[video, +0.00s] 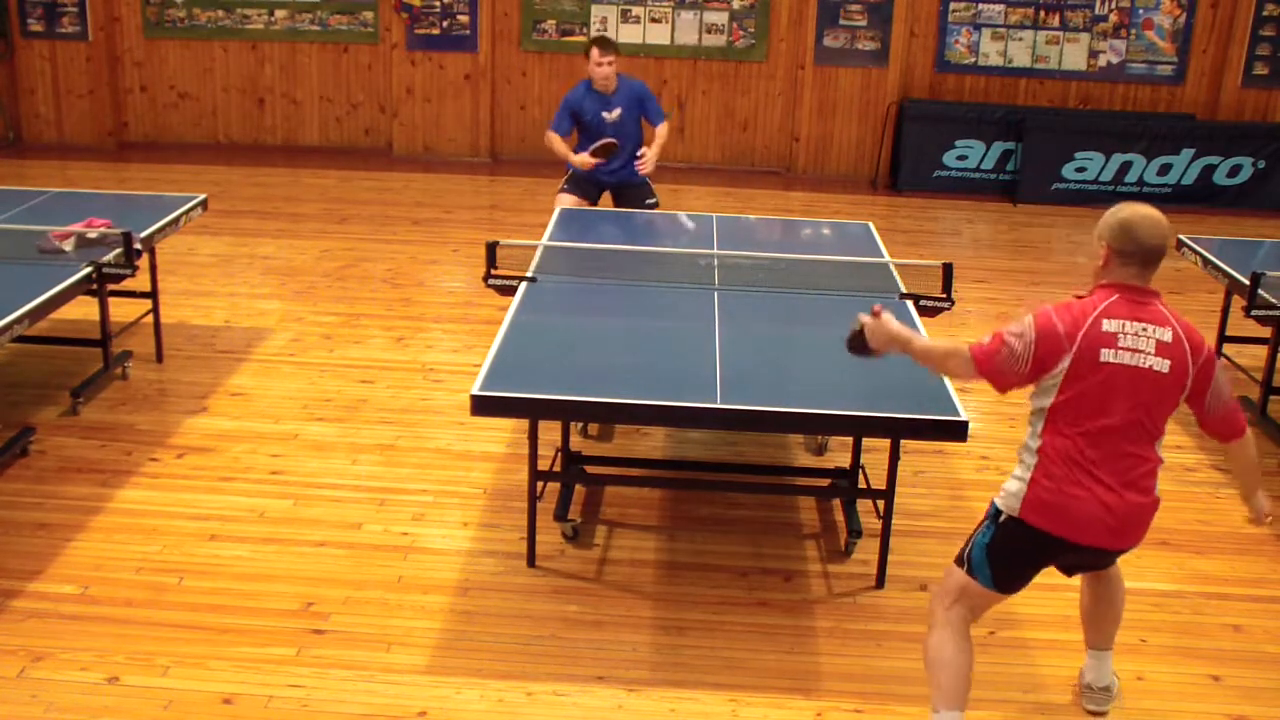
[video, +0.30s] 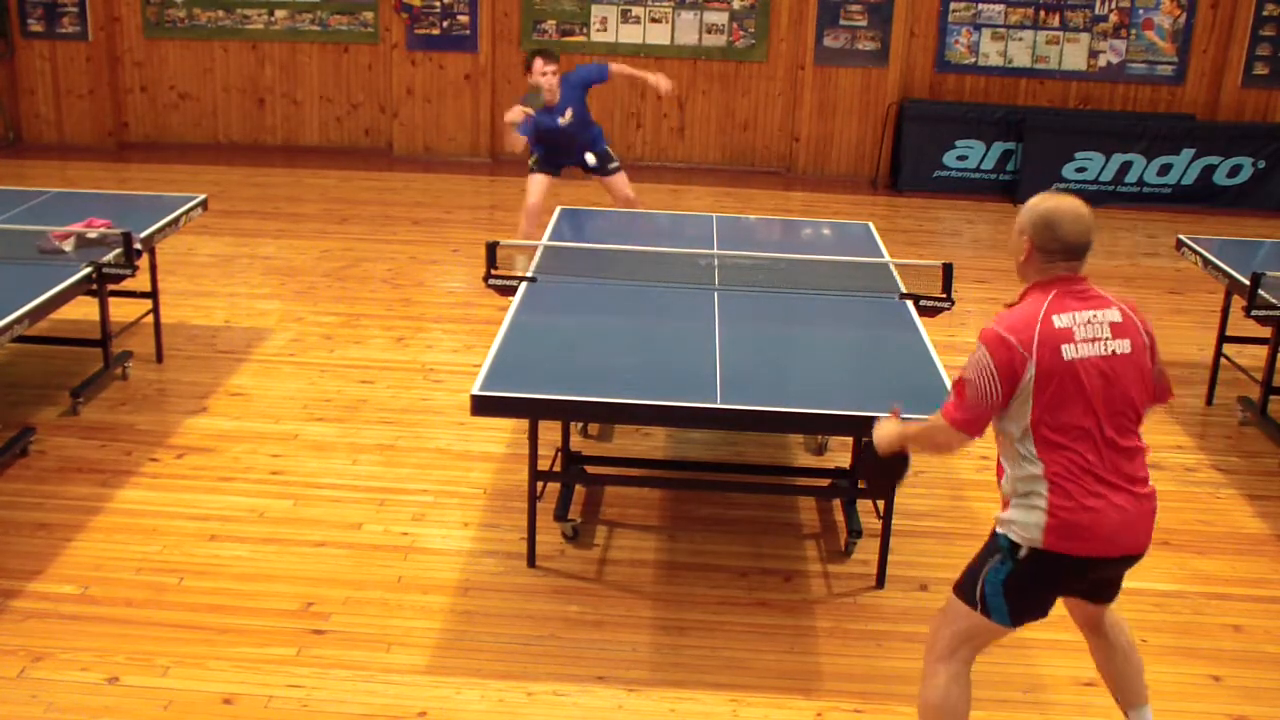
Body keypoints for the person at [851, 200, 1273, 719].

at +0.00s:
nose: (1091, 250)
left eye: (1095, 242)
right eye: (1098, 240)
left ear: (1103, 253)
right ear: (1160, 262)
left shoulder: (1069, 320)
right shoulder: (1187, 341)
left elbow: (973, 362)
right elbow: (1234, 431)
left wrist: (901, 340)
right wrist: (1255, 497)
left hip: (1042, 508)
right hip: (1124, 518)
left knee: (952, 606)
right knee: (1099, 561)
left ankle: (946, 714)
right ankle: (1099, 679)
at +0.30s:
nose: (1014, 240)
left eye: (1017, 232)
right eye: (1016, 230)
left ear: (1027, 246)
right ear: (1085, 248)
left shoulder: (1013, 331)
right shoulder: (1127, 319)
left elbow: (952, 433)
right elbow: (1153, 393)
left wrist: (901, 433)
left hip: (1046, 530)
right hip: (1128, 526)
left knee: (949, 649)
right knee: (1094, 611)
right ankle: (1142, 716)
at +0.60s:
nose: (948, 308)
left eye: (952, 300)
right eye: (950, 298)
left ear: (975, 314)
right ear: (1024, 302)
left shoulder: (1013, 400)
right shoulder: (1055, 340)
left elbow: (998, 511)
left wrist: (895, 531)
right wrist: (993, 372)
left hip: (1059, 574)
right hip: (1114, 546)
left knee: (917, 664)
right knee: (1108, 649)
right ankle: (1154, 719)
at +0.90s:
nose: (935, 292)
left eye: (940, 285)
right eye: (937, 282)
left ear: (956, 306)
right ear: (1017, 306)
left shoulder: (914, 378)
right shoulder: (1062, 385)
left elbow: (885, 330)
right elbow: (1098, 458)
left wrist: (923, 286)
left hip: (972, 618)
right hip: (1066, 606)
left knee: (862, 687)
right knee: (1053, 658)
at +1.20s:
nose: (969, 310)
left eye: (972, 302)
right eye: (975, 298)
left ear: (980, 320)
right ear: (1052, 320)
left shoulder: (952, 416)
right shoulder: (1109, 401)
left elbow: (899, 508)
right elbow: (1152, 501)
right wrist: (1123, 560)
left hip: (980, 647)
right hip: (1084, 657)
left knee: (901, 693)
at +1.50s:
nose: (1008, 322)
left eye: (1009, 313)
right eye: (1011, 310)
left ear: (1018, 327)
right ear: (1088, 325)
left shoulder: (1004, 423)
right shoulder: (1142, 396)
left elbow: (934, 540)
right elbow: (1178, 489)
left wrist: (900, 534)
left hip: (1052, 644)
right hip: (1149, 642)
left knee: (939, 712)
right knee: (1118, 712)